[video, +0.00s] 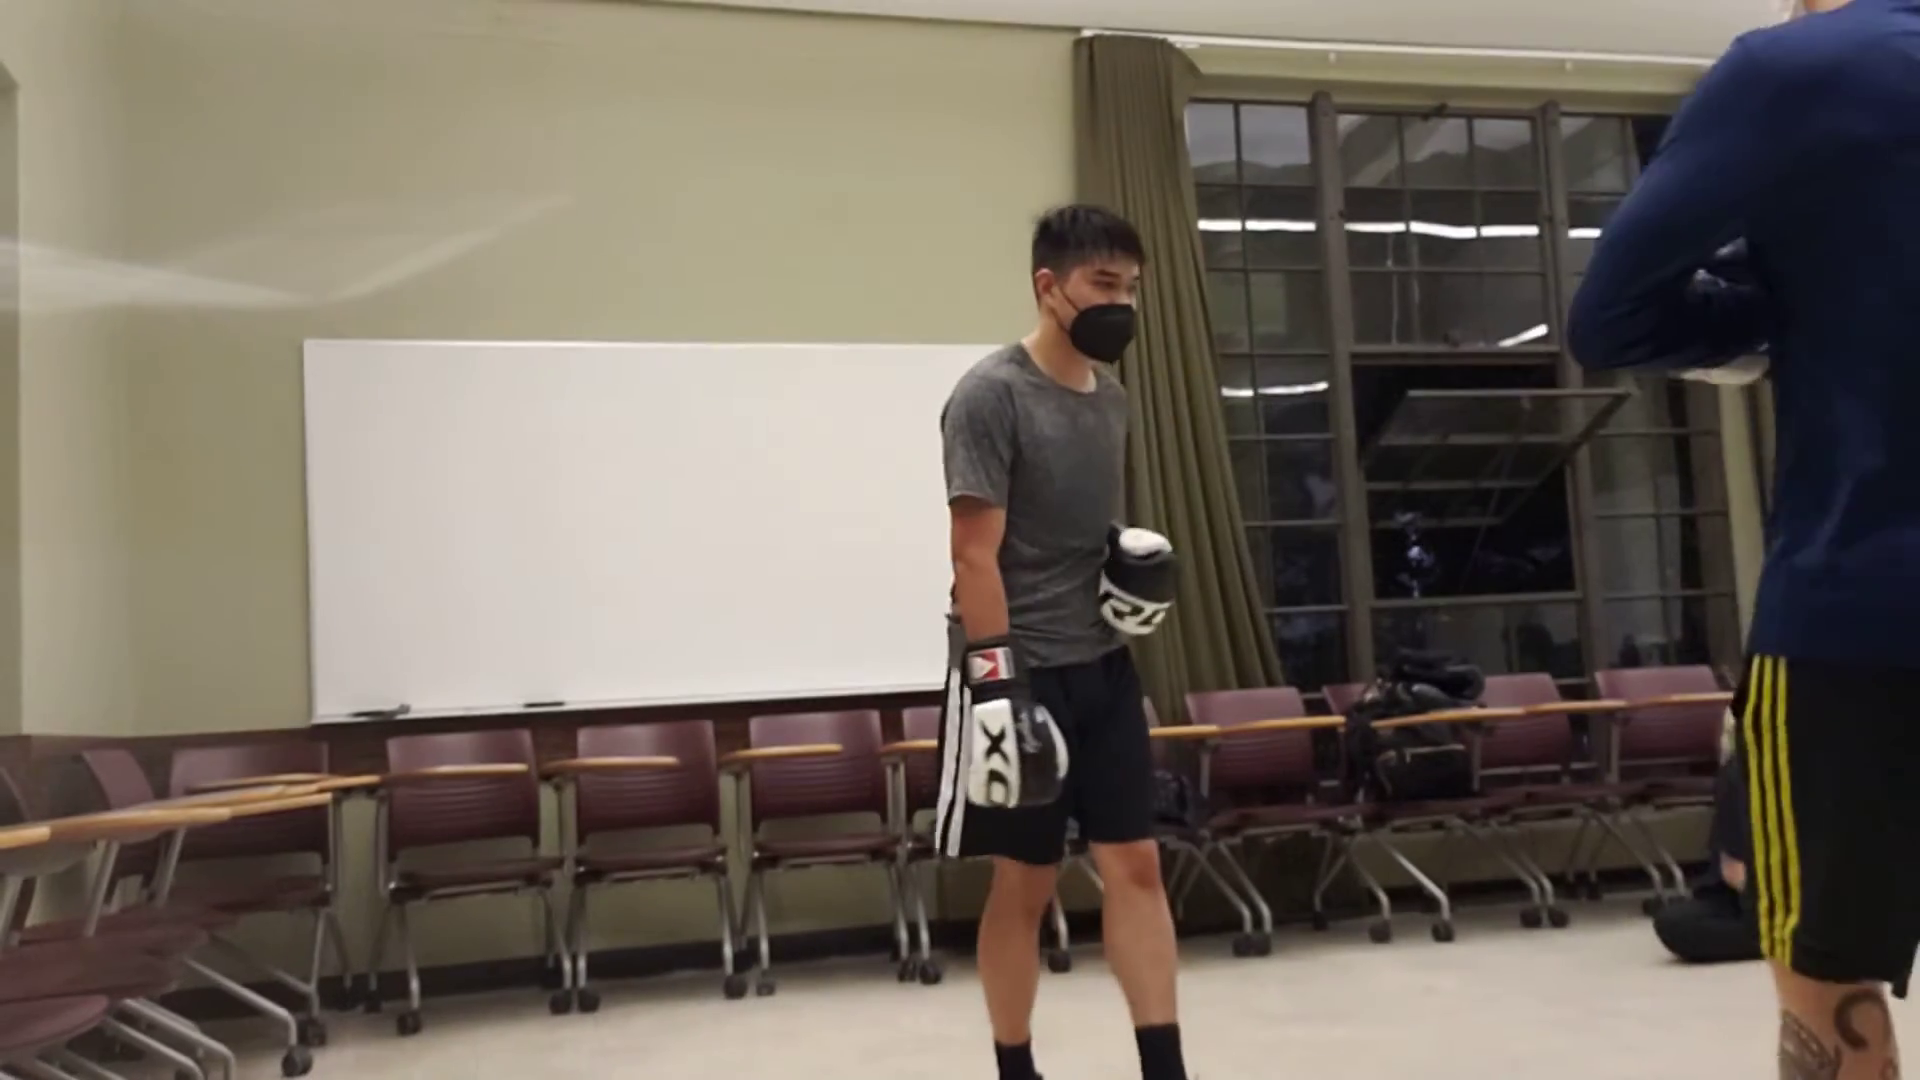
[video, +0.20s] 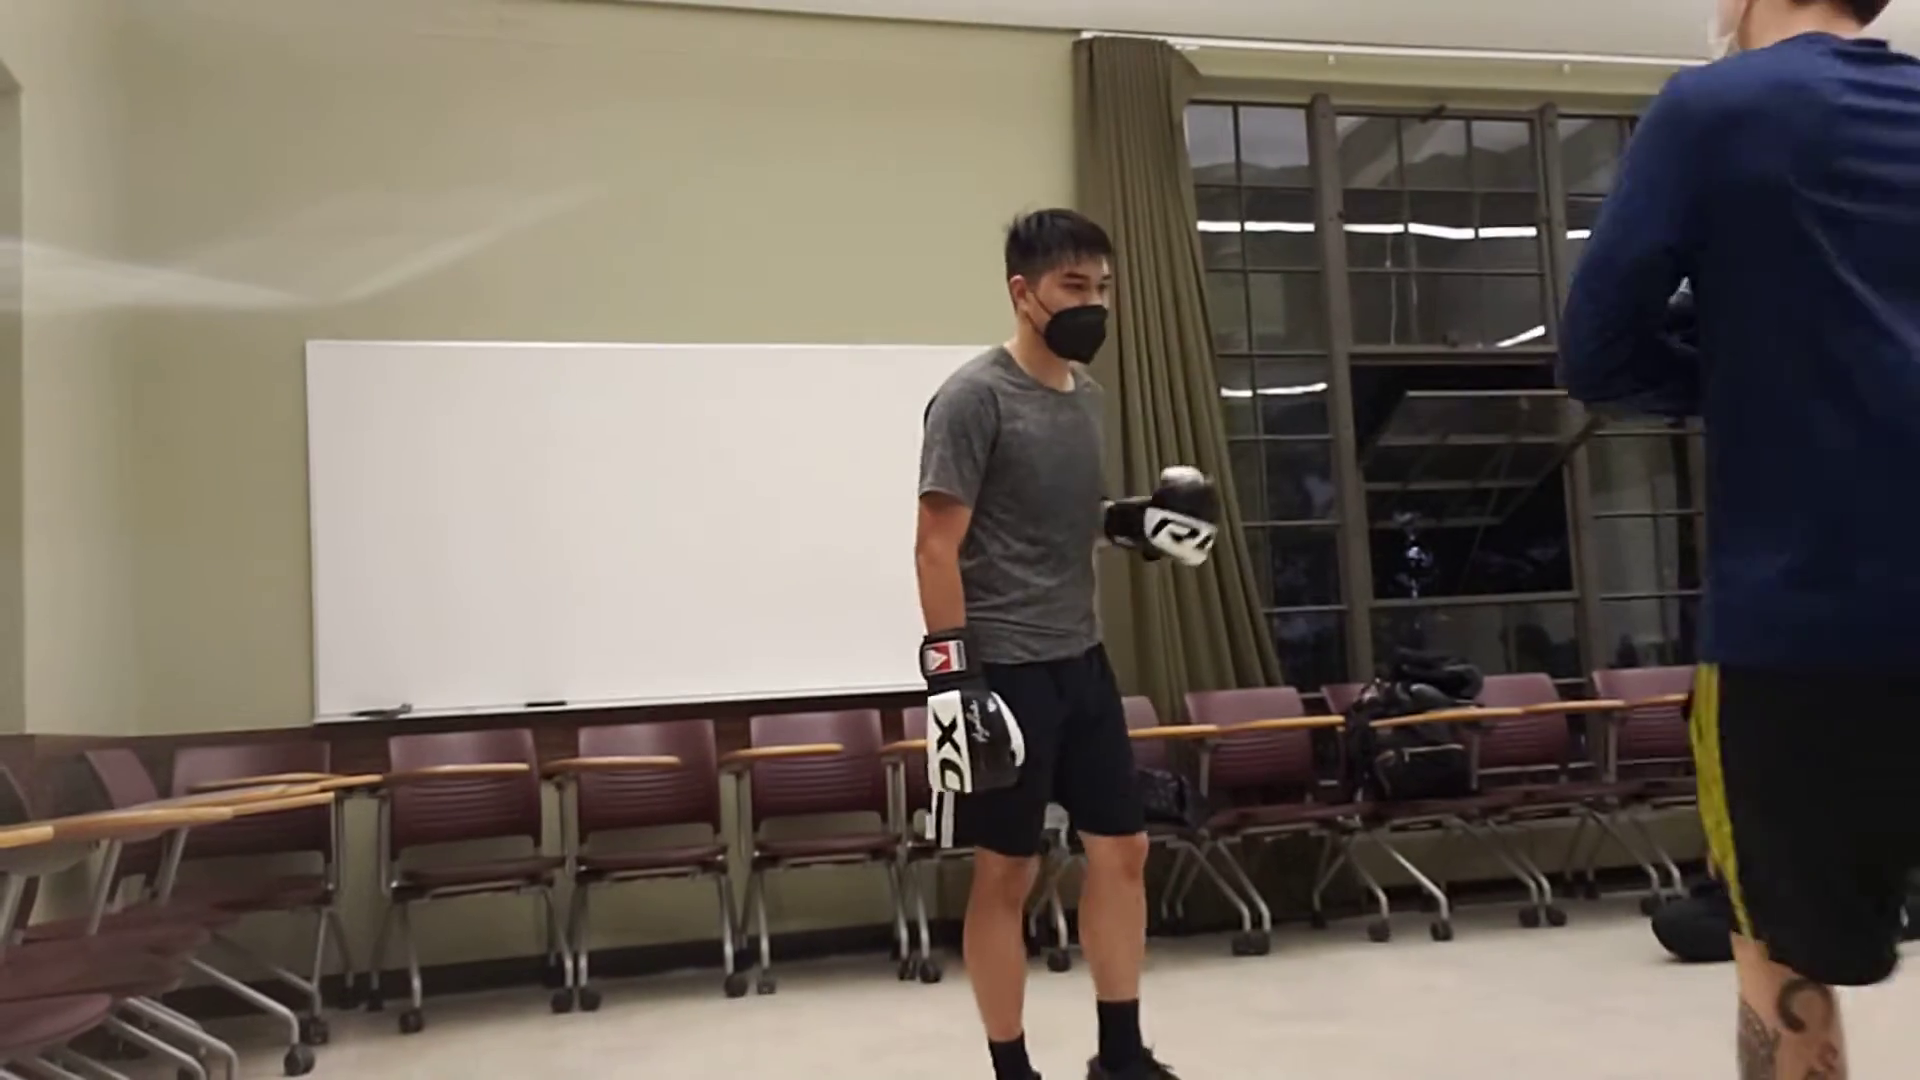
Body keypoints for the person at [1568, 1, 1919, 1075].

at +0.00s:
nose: (1785, 19)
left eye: (1784, 17)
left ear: (1817, 2)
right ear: (1856, 7)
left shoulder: (1790, 71)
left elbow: (1608, 322)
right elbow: (1607, 325)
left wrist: (1801, 292)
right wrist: (1785, 297)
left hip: (1858, 595)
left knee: (1833, 987)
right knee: (1829, 976)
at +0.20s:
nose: (1717, 22)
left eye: (1720, 6)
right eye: (1720, 9)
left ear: (1750, 3)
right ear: (1867, 9)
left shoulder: (1712, 108)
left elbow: (1597, 353)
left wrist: (1751, 373)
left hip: (1801, 613)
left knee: (1790, 973)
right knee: (1791, 965)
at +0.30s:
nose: (1683, 32)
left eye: (1685, 14)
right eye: (1686, 18)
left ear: (1713, 9)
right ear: (1828, 17)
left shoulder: (1677, 133)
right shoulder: (1906, 125)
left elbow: (1578, 380)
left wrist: (1722, 362)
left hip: (1763, 616)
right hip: (1912, 599)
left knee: (1766, 958)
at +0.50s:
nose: (1622, 39)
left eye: (1623, 20)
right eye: (1625, 22)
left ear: (1647, 18)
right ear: (1763, 31)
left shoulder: (1610, 172)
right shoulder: (1862, 165)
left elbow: (1496, 388)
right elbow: (1816, 343)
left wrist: (1644, 348)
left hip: (1708, 625)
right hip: (1885, 610)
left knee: (1751, 945)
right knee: (1914, 919)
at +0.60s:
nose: (1601, 35)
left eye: (1605, 19)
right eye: (1603, 21)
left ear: (1629, 21)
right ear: (1743, 38)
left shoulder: (1586, 174)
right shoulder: (1839, 174)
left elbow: (1501, 390)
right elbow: (1816, 350)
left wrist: (1640, 343)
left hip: (1689, 626)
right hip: (1865, 609)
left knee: (1745, 948)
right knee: (1897, 916)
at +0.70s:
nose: (1595, 37)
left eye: (1599, 21)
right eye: (1602, 23)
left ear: (1620, 23)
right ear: (1736, 43)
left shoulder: (1579, 167)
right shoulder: (1816, 176)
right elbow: (1784, 359)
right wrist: (1631, 132)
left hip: (1670, 617)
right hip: (1838, 603)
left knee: (1739, 950)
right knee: (1880, 914)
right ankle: (1904, 1057)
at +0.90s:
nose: (1589, 72)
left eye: (1592, 46)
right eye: (1594, 49)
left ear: (1613, 49)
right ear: (1728, 66)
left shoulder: (1604, 196)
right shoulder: (1789, 205)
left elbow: (1506, 417)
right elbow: (1744, 393)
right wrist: (1617, 178)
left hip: (1653, 630)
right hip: (1798, 617)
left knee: (1725, 946)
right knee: (1814, 929)